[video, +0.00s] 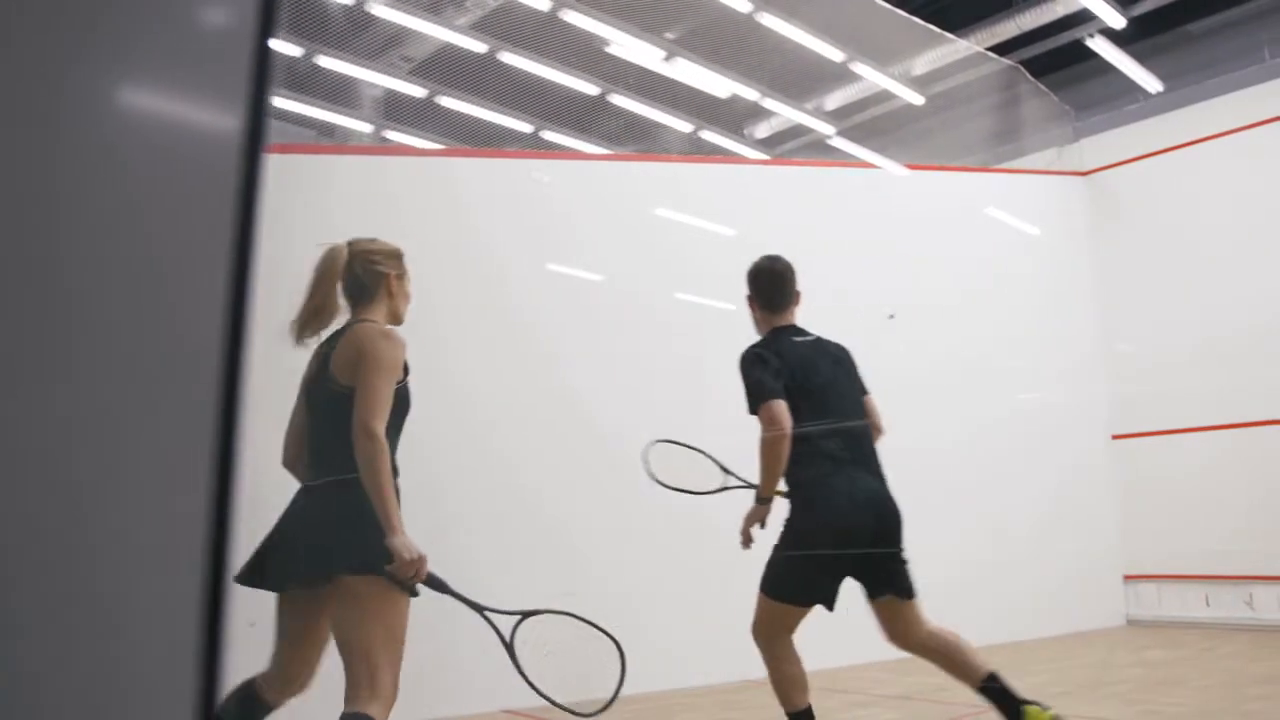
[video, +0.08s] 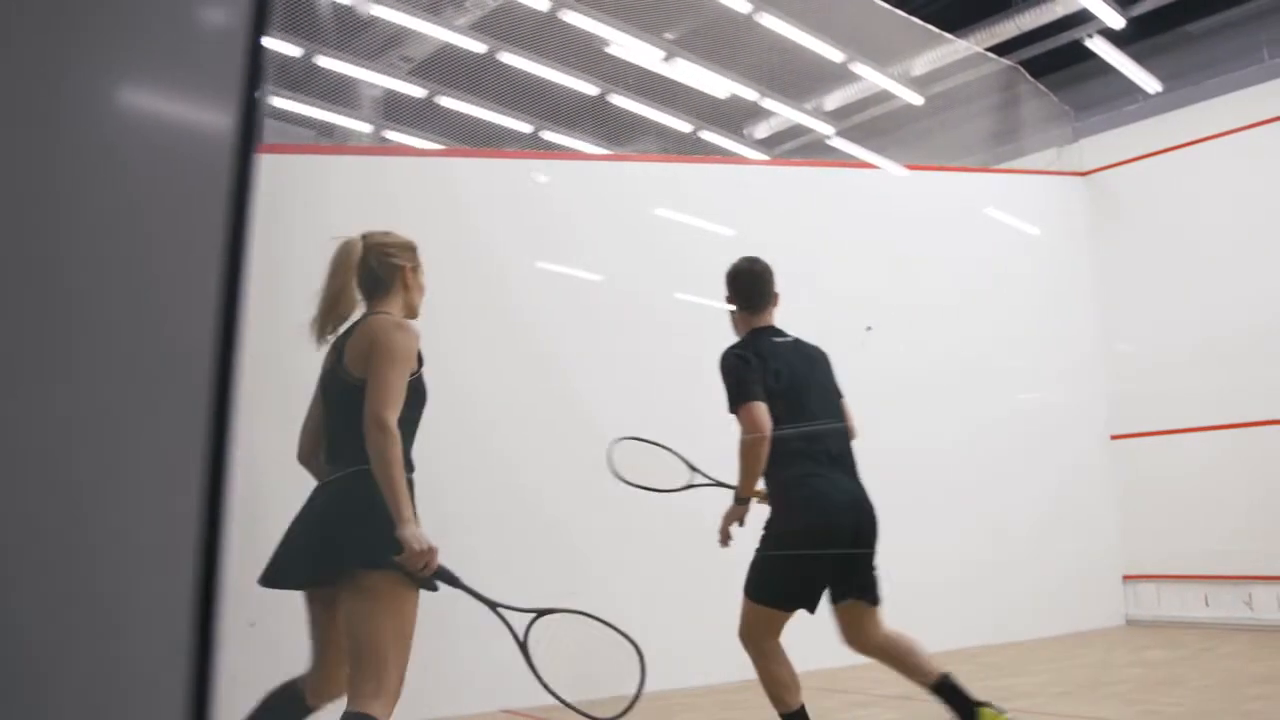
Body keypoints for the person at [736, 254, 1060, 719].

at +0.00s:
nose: (750, 305)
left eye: (748, 299)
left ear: (750, 303)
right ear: (798, 300)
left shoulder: (760, 357)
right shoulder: (834, 351)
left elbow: (778, 427)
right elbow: (873, 425)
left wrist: (762, 500)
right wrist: (814, 457)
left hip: (821, 517)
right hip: (877, 511)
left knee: (771, 632)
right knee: (908, 629)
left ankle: (802, 719)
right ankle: (1018, 708)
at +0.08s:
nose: (731, 307)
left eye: (729, 301)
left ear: (729, 303)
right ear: (776, 301)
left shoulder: (739, 357)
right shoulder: (812, 354)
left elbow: (758, 430)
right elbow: (846, 428)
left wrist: (740, 500)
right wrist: (783, 478)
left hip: (803, 515)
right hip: (853, 509)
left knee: (757, 635)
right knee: (863, 632)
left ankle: (797, 719)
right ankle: (970, 708)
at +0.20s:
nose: (703, 314)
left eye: (701, 306)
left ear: (699, 307)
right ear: (746, 305)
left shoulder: (712, 358)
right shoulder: (779, 356)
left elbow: (728, 432)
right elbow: (804, 439)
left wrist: (708, 496)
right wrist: (740, 485)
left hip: (775, 515)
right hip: (820, 511)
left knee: (740, 639)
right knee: (794, 633)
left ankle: (790, 718)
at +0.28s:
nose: (680, 314)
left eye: (679, 306)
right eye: (685, 304)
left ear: (680, 308)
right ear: (725, 306)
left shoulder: (695, 357)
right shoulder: (755, 357)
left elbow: (711, 432)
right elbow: (765, 439)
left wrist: (689, 491)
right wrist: (712, 479)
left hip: (758, 517)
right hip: (798, 511)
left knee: (727, 641)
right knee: (755, 629)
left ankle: (785, 718)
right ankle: (830, 712)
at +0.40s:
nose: (650, 319)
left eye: (650, 311)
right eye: (653, 311)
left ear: (653, 310)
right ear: (693, 309)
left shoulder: (668, 355)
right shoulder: (716, 357)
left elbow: (683, 429)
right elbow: (718, 438)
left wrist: (656, 481)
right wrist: (662, 480)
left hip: (738, 513)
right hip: (751, 507)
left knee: (710, 639)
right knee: (684, 618)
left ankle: (774, 715)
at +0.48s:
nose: (631, 318)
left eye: (630, 310)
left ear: (631, 309)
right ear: (674, 309)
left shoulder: (652, 354)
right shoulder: (692, 356)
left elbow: (663, 429)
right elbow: (698, 448)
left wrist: (626, 485)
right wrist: (635, 469)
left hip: (718, 515)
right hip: (725, 510)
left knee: (699, 646)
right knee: (650, 612)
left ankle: (774, 716)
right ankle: (673, 713)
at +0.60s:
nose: (599, 323)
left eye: (598, 315)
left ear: (601, 315)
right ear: (644, 314)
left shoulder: (626, 356)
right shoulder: (657, 360)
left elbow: (630, 429)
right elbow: (654, 457)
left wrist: (589, 473)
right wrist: (584, 464)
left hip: (687, 522)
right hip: (677, 518)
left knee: (687, 654)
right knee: (606, 610)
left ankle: (770, 715)